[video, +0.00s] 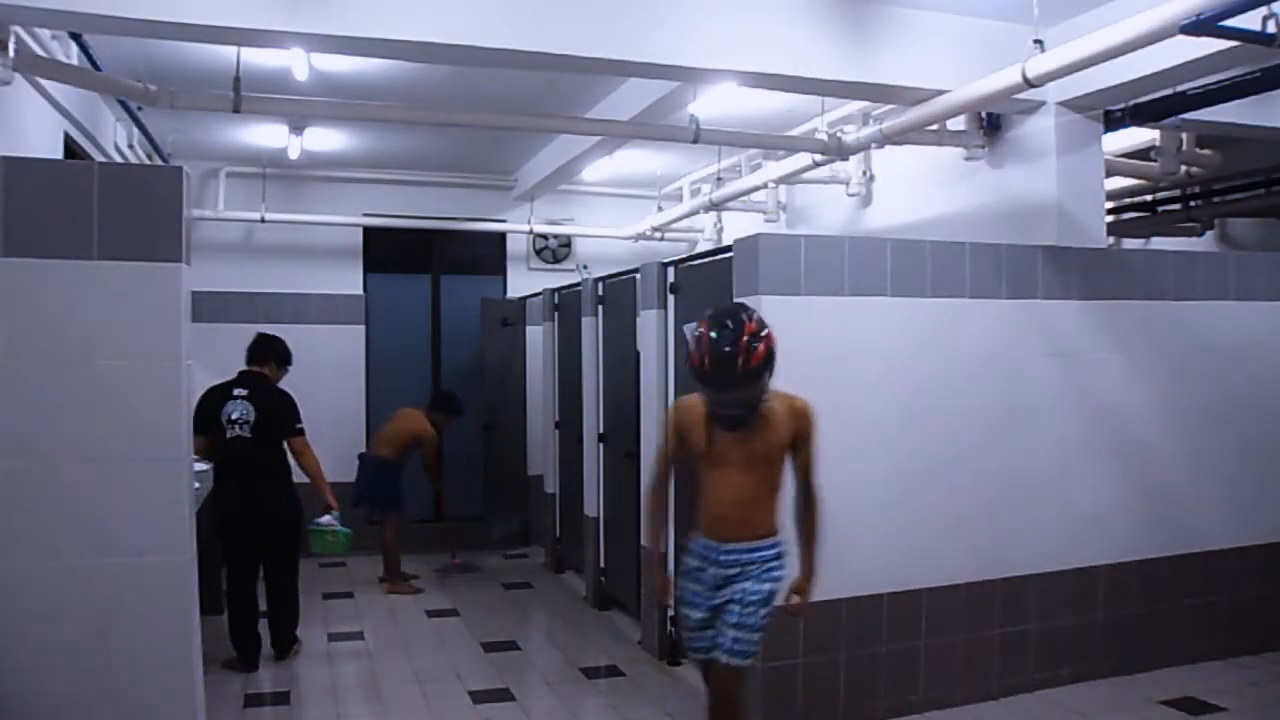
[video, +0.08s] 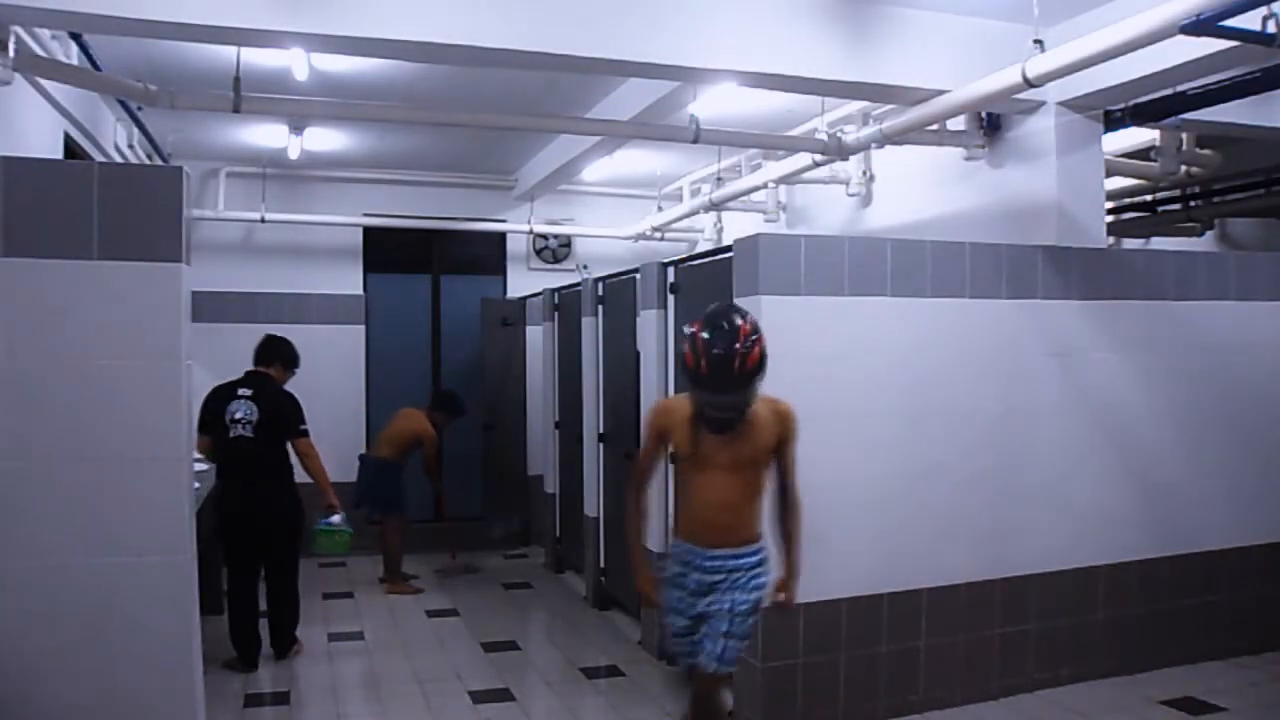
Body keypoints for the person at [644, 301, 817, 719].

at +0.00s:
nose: (729, 411)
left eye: (741, 401)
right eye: (720, 399)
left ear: (763, 381)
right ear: (704, 383)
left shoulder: (793, 416)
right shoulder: (685, 414)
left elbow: (806, 494)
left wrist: (807, 571)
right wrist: (655, 563)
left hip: (759, 563)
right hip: (700, 560)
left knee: (726, 680)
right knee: (713, 679)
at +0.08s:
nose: (718, 414)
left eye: (730, 404)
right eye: (708, 402)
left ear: (753, 385)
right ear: (690, 383)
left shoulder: (776, 420)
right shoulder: (669, 417)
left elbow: (787, 495)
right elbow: (635, 486)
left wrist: (790, 569)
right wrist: (639, 565)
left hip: (743, 567)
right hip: (685, 564)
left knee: (709, 679)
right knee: (697, 677)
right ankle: (722, 707)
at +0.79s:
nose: (649, 420)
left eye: (659, 408)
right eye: (637, 409)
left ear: (671, 391)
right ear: (610, 384)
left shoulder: (673, 419)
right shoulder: (562, 423)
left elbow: (657, 496)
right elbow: (533, 496)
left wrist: (679, 551)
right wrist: (550, 566)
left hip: (663, 580)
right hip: (602, 585)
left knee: (665, 704)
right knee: (591, 709)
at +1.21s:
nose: (596, 412)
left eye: (608, 402)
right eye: (584, 402)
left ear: (632, 379)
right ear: (565, 383)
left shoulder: (664, 421)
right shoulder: (550, 422)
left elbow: (671, 500)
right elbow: (548, 493)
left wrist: (677, 570)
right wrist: (536, 552)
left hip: (638, 579)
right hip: (567, 576)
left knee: (643, 707)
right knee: (572, 706)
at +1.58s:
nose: (643, 421)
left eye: (652, 410)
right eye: (633, 411)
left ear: (660, 393)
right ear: (604, 387)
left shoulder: (653, 414)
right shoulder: (550, 422)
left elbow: (633, 504)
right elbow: (507, 494)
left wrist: (659, 562)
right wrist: (529, 569)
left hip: (650, 576)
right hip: (588, 583)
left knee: (659, 702)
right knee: (586, 707)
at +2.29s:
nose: (621, 414)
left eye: (632, 403)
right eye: (609, 403)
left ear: (649, 384)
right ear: (585, 382)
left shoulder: (664, 419)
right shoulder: (548, 421)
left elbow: (663, 493)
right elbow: (537, 493)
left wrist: (683, 557)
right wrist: (542, 556)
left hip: (647, 580)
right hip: (579, 583)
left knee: (653, 699)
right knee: (579, 705)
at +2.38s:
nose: (637, 417)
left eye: (645, 407)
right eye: (625, 409)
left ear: (656, 393)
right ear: (596, 392)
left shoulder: (661, 418)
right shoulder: (551, 422)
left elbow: (660, 495)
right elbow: (520, 505)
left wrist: (689, 552)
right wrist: (547, 567)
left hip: (645, 581)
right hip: (581, 584)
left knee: (652, 690)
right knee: (575, 702)